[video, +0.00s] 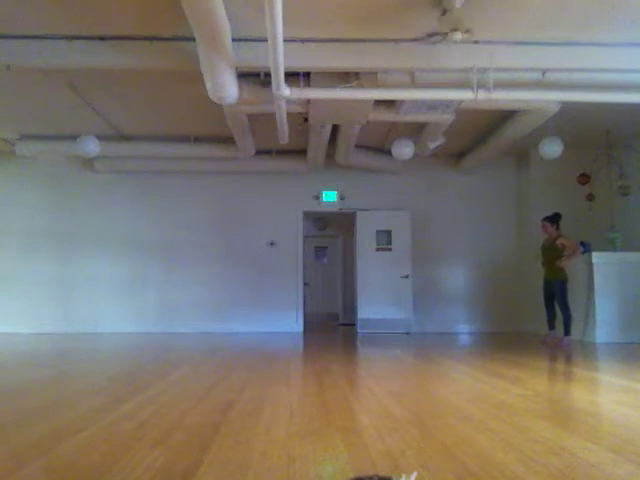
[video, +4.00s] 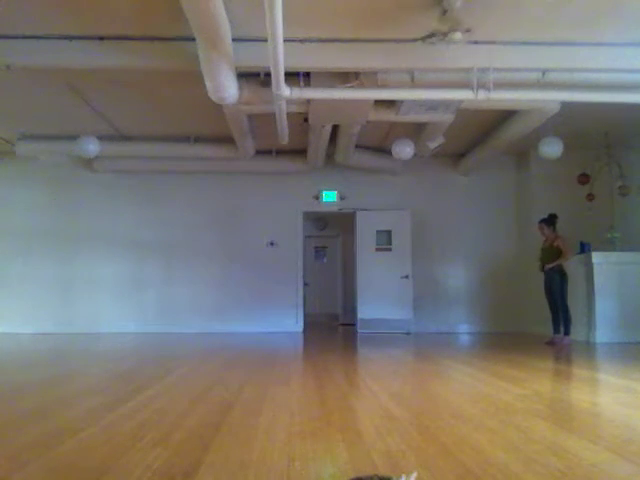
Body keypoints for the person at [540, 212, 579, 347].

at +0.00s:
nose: (543, 229)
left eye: (545, 226)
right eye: (543, 227)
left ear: (554, 226)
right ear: (547, 227)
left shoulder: (560, 239)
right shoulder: (547, 240)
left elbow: (575, 249)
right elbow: (550, 253)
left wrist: (563, 260)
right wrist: (545, 261)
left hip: (558, 274)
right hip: (548, 274)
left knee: (562, 304)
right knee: (548, 303)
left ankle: (567, 335)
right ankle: (551, 331)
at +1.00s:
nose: (548, 235)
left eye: (549, 232)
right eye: (546, 233)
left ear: (555, 229)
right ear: (548, 232)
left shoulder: (566, 242)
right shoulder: (551, 243)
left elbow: (573, 259)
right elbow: (548, 258)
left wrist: (561, 269)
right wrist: (545, 266)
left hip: (562, 276)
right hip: (551, 276)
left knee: (564, 305)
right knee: (549, 303)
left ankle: (567, 336)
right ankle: (551, 332)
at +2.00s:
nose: (540, 241)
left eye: (540, 238)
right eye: (538, 239)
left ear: (546, 233)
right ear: (540, 237)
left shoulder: (558, 240)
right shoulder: (545, 243)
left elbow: (571, 252)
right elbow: (546, 257)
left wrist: (558, 261)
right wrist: (543, 263)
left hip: (559, 273)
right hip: (549, 273)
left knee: (562, 304)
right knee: (552, 305)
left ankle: (566, 336)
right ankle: (556, 334)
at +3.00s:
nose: (539, 239)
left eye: (539, 236)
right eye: (537, 237)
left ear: (545, 232)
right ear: (539, 235)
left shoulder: (558, 240)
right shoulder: (545, 243)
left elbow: (567, 255)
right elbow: (547, 257)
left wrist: (551, 265)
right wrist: (542, 263)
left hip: (560, 273)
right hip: (549, 274)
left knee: (562, 304)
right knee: (553, 304)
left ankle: (566, 335)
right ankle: (557, 334)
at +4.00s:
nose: (541, 232)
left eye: (543, 228)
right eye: (540, 229)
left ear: (550, 228)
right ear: (542, 229)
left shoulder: (558, 240)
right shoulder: (545, 241)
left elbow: (566, 255)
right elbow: (545, 255)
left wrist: (552, 264)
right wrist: (542, 264)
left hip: (558, 273)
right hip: (548, 273)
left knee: (561, 304)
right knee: (552, 305)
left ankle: (566, 335)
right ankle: (556, 334)